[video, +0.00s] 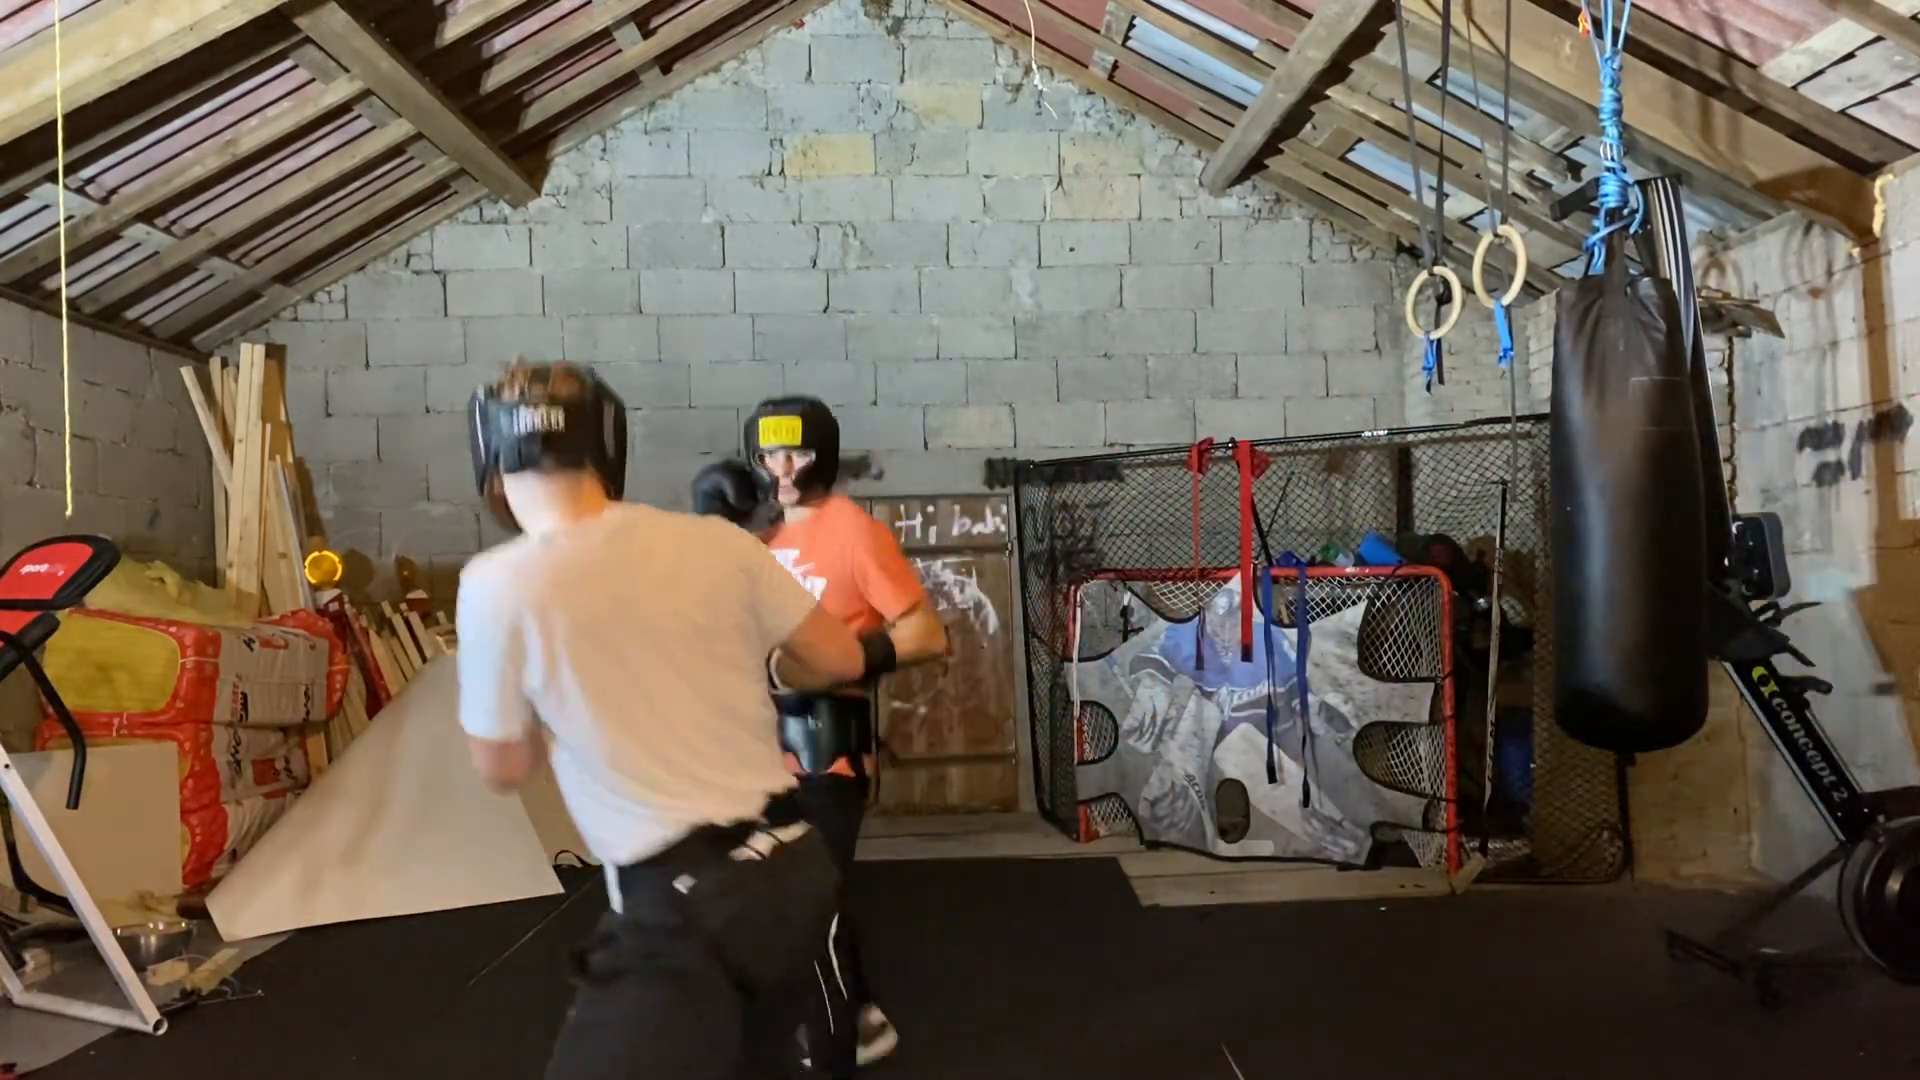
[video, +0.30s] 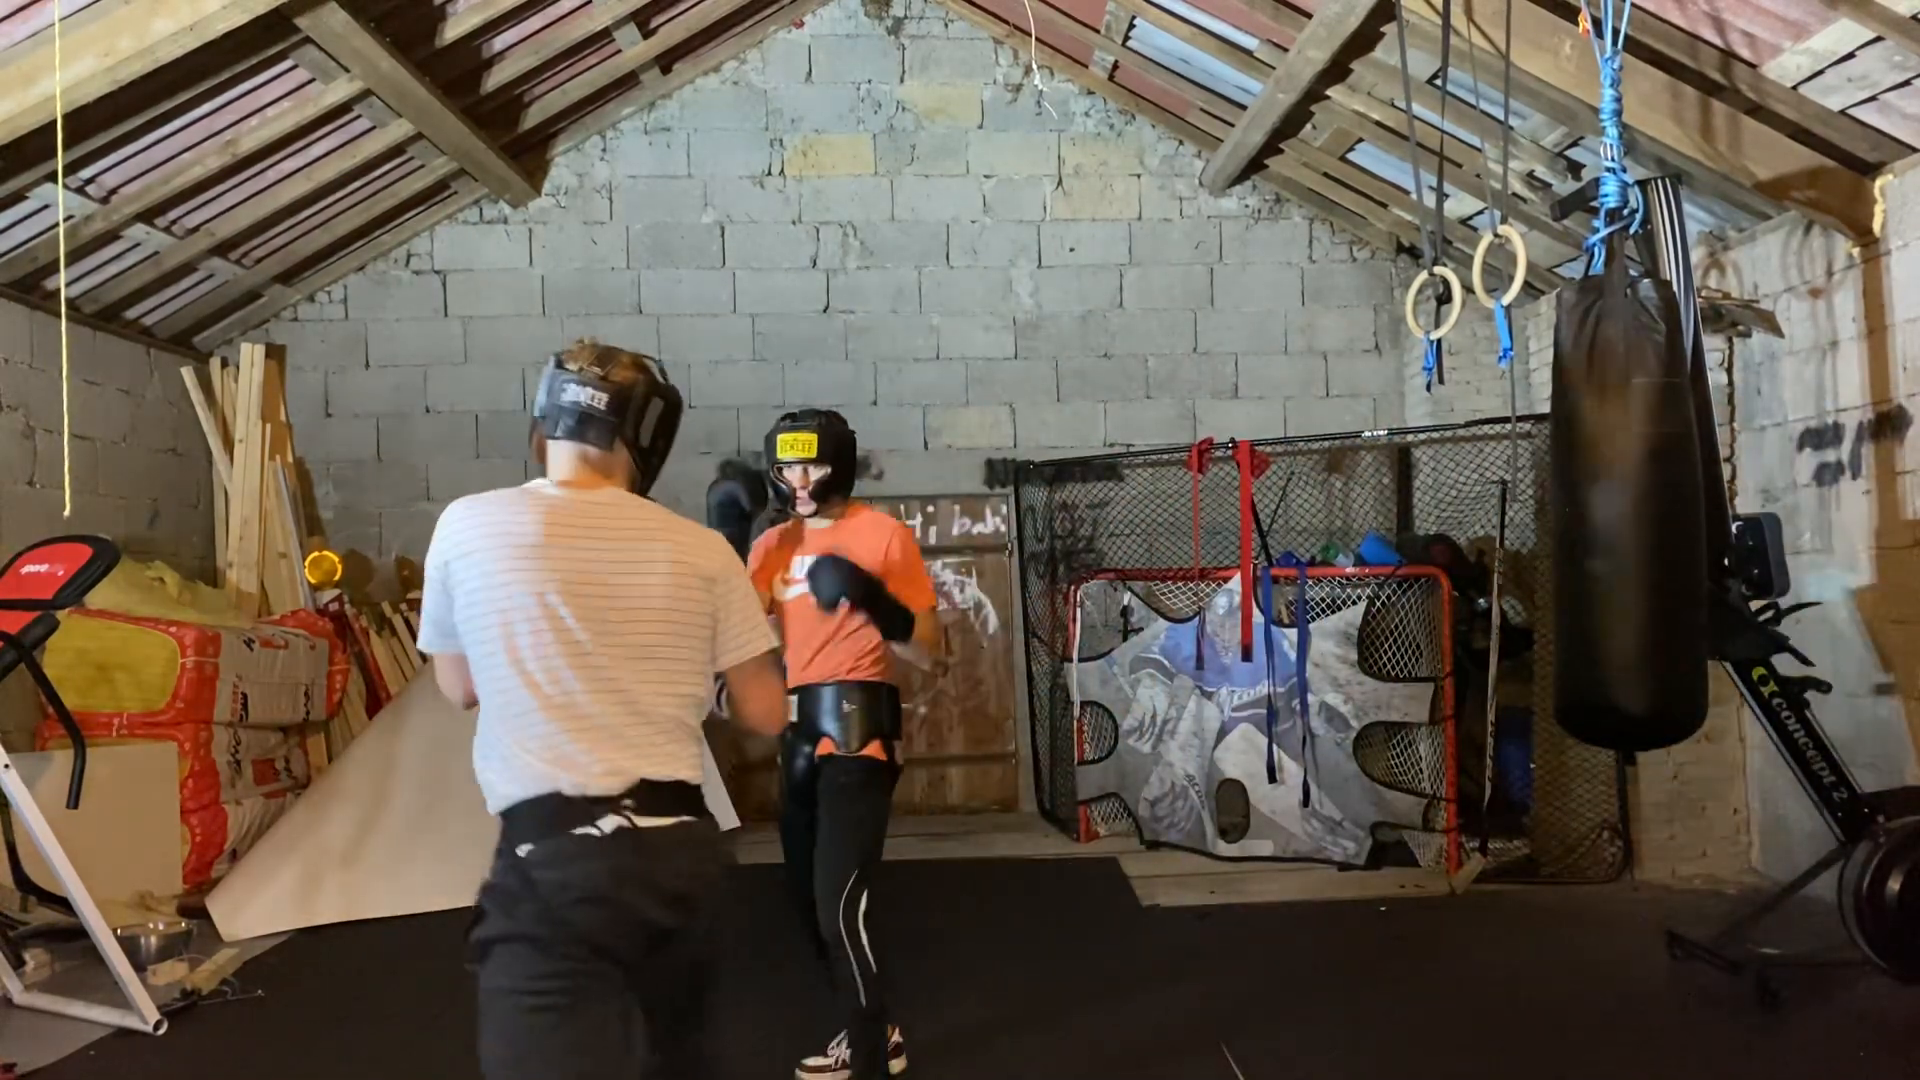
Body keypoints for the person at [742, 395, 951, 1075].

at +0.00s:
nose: (779, 468)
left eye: (791, 453)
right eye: (769, 455)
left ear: (821, 455)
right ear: (760, 461)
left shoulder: (856, 530)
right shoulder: (761, 532)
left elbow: (927, 634)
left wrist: (824, 660)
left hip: (831, 741)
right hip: (765, 736)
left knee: (818, 897)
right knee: (803, 888)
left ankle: (826, 1044)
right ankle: (860, 1012)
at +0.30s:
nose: (801, 482)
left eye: (813, 468)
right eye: (789, 469)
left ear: (842, 468)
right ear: (777, 473)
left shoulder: (884, 536)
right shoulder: (773, 546)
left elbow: (926, 646)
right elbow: (744, 631)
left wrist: (868, 593)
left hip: (858, 726)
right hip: (797, 727)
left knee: (840, 901)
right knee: (813, 897)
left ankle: (870, 1047)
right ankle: (866, 1024)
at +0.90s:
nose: (840, 484)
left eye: (846, 469)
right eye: (837, 473)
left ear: (879, 463)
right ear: (848, 479)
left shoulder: (943, 514)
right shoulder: (870, 536)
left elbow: (898, 587)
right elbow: (803, 609)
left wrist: (881, 490)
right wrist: (787, 519)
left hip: (950, 736)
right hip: (900, 734)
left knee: (893, 911)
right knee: (921, 900)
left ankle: (918, 1069)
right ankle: (967, 1051)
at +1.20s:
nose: (878, 473)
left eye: (882, 459)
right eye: (878, 458)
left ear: (912, 457)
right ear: (935, 450)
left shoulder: (981, 508)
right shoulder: (947, 515)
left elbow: (888, 592)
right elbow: (873, 611)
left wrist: (876, 488)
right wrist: (836, 523)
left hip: (994, 735)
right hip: (989, 730)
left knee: (946, 921)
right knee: (1013, 899)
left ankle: (959, 1067)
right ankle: (1029, 1044)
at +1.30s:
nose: (914, 463)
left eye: (917, 450)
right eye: (915, 447)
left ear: (943, 451)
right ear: (964, 445)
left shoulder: (1013, 502)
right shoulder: (977, 509)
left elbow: (918, 591)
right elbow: (904, 603)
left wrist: (906, 484)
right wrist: (867, 519)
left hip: (1016, 747)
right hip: (1015, 741)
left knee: (972, 928)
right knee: (1044, 906)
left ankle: (977, 1068)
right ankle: (1138, 1046)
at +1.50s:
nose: (997, 469)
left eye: (1003, 456)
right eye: (998, 454)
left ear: (1028, 460)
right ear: (1058, 455)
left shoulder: (1088, 522)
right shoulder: (1067, 523)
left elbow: (978, 608)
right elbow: (968, 615)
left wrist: (976, 499)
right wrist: (949, 523)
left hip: (1072, 761)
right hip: (1099, 758)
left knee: (984, 928)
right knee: (1153, 927)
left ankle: (974, 1066)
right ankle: (1241, 1061)